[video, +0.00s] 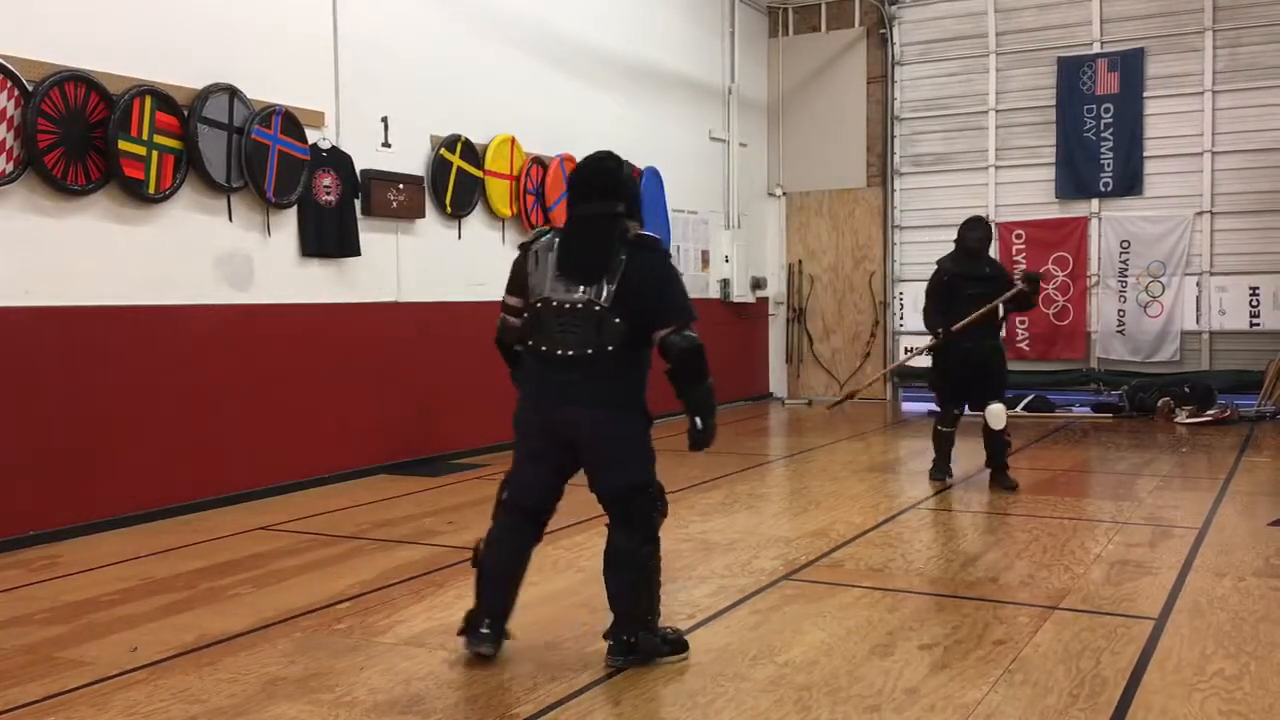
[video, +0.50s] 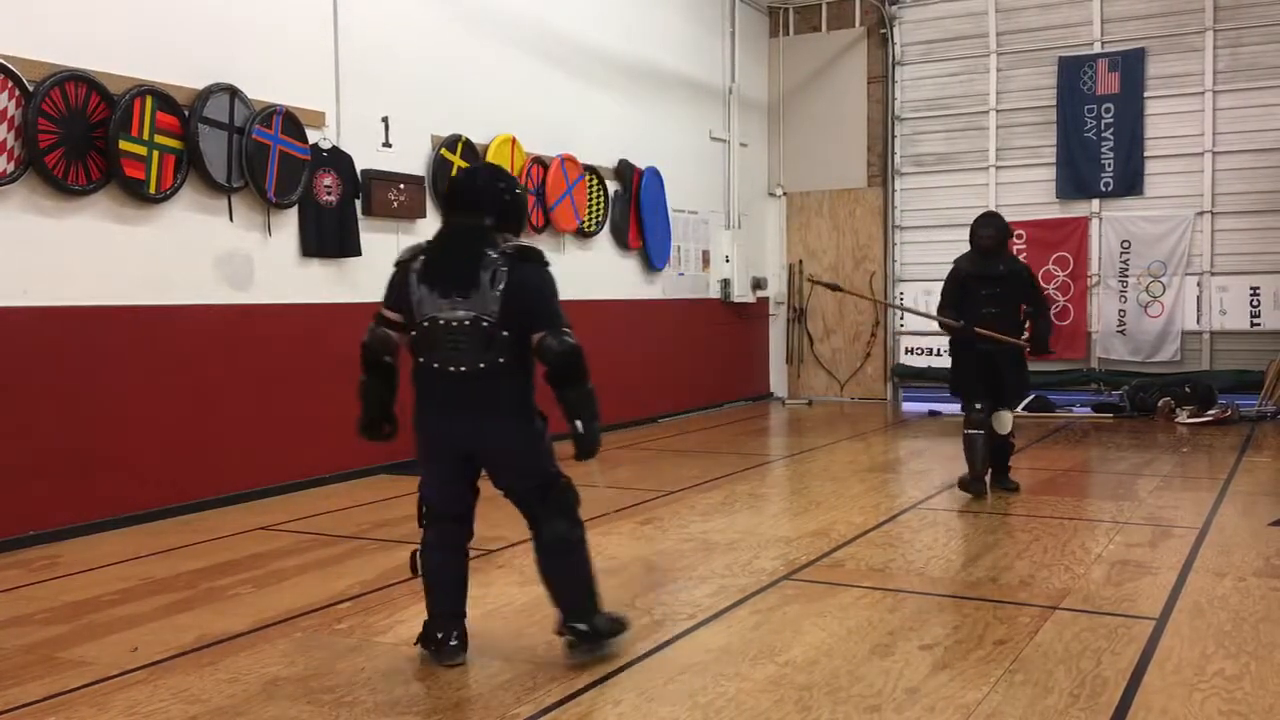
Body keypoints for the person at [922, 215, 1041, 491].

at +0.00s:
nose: (978, 247)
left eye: (983, 242)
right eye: (973, 241)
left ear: (990, 241)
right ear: (961, 238)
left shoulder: (996, 271)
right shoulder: (946, 270)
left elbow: (1016, 303)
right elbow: (932, 308)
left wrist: (1030, 292)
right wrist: (937, 328)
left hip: (988, 352)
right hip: (953, 351)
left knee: (995, 411)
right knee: (949, 411)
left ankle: (999, 472)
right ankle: (941, 464)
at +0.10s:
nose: (982, 246)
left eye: (988, 240)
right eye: (977, 239)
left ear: (997, 240)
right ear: (967, 237)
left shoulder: (1003, 270)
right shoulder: (953, 269)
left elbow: (1022, 300)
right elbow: (937, 308)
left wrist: (1042, 298)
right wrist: (943, 328)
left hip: (996, 352)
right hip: (960, 351)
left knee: (1000, 411)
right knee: (957, 412)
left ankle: (999, 472)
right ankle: (946, 462)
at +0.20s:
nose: (988, 244)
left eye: (993, 237)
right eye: (982, 237)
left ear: (1002, 238)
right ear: (972, 237)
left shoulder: (1009, 269)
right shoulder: (958, 268)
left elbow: (1033, 297)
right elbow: (942, 305)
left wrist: (1058, 311)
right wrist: (948, 324)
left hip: (1001, 349)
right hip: (965, 348)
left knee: (1002, 411)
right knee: (964, 409)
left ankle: (1000, 472)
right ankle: (957, 458)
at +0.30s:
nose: (987, 243)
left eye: (993, 236)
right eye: (981, 236)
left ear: (1004, 236)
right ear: (972, 235)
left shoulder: (1015, 267)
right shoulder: (961, 266)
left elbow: (1040, 298)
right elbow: (944, 302)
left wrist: (1057, 328)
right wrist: (947, 320)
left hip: (1003, 350)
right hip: (966, 349)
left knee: (1003, 413)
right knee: (969, 412)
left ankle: (1000, 473)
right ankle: (969, 468)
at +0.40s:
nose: (986, 243)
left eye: (992, 237)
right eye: (981, 237)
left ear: (1005, 237)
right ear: (972, 236)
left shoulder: (1018, 268)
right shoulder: (963, 268)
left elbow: (1042, 302)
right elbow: (945, 305)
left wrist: (1048, 337)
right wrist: (952, 323)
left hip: (1006, 351)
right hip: (969, 350)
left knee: (1003, 412)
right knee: (974, 410)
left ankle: (1000, 473)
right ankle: (975, 474)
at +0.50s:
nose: (986, 244)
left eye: (992, 238)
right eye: (981, 238)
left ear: (1005, 238)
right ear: (972, 238)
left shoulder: (1018, 271)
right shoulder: (962, 270)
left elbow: (1040, 307)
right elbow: (945, 310)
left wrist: (1040, 336)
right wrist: (954, 325)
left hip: (1007, 354)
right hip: (971, 354)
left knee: (1003, 415)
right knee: (975, 412)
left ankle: (1001, 474)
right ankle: (976, 476)